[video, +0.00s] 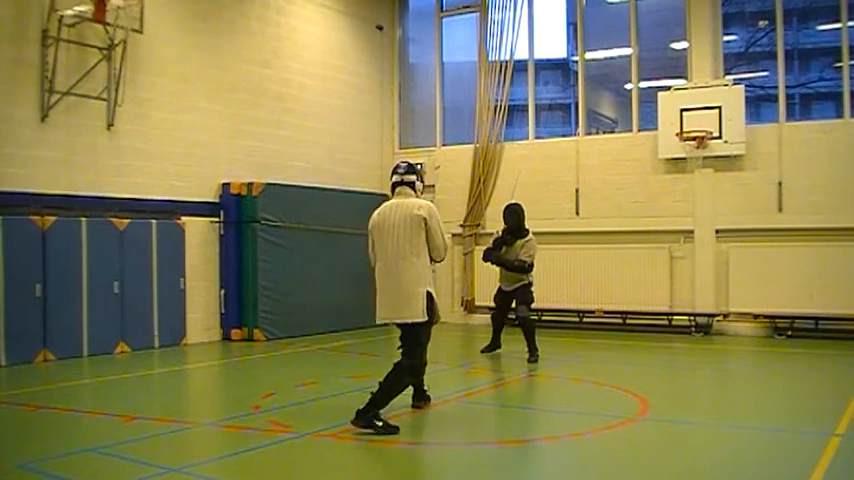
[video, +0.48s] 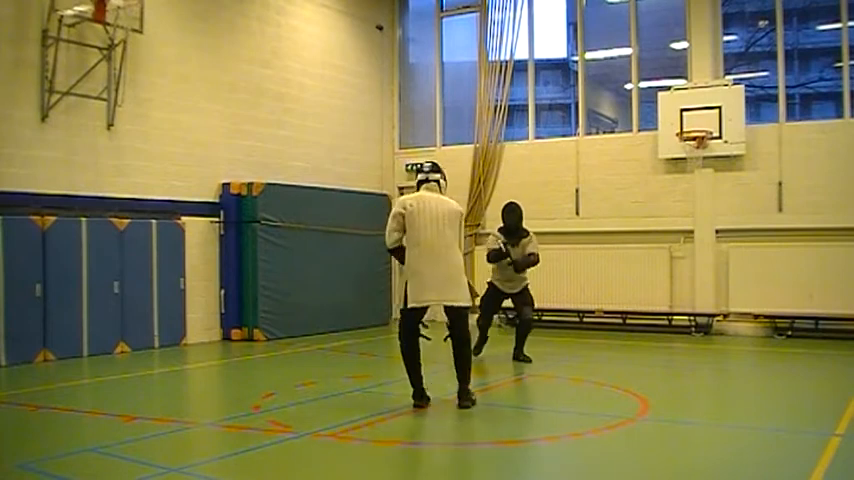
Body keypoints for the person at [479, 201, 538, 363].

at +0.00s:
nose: (507, 223)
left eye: (511, 219)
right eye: (505, 219)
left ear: (520, 219)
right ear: (504, 220)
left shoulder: (529, 241)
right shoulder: (501, 237)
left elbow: (526, 267)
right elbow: (487, 255)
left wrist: (500, 260)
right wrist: (502, 242)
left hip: (522, 285)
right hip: (505, 285)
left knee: (523, 316)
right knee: (497, 316)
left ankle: (532, 350)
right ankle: (495, 341)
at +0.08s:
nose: (505, 226)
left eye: (509, 222)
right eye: (503, 222)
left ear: (517, 222)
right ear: (501, 222)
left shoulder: (526, 244)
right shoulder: (498, 240)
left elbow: (523, 269)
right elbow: (483, 259)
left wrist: (497, 262)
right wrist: (497, 247)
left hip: (519, 286)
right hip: (501, 287)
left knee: (521, 316)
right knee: (495, 317)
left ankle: (531, 350)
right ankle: (495, 342)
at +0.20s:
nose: (507, 226)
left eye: (510, 223)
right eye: (504, 223)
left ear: (516, 223)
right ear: (500, 223)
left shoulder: (525, 245)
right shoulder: (493, 239)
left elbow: (522, 272)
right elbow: (479, 261)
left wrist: (498, 270)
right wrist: (497, 251)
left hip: (517, 286)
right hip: (498, 287)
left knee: (523, 315)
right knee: (493, 317)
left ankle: (521, 350)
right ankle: (495, 343)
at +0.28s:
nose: (508, 231)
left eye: (511, 228)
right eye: (505, 227)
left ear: (517, 224)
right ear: (501, 225)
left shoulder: (526, 243)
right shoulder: (493, 239)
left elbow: (527, 269)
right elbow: (479, 262)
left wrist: (507, 273)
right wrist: (492, 259)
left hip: (517, 286)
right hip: (497, 287)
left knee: (522, 315)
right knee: (493, 316)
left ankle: (518, 350)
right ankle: (494, 341)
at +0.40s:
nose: (510, 230)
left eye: (513, 227)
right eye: (507, 227)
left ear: (520, 222)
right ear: (503, 222)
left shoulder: (528, 239)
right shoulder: (496, 236)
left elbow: (534, 262)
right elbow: (487, 261)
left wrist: (521, 269)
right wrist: (499, 255)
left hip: (519, 287)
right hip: (498, 286)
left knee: (525, 318)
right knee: (484, 318)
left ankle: (518, 351)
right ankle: (487, 333)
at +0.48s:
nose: (511, 230)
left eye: (514, 226)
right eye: (508, 226)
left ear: (520, 221)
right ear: (503, 222)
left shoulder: (528, 237)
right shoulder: (496, 236)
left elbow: (535, 258)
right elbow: (490, 257)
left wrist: (522, 264)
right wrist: (504, 252)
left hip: (520, 287)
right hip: (497, 286)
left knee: (527, 319)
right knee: (483, 319)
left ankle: (518, 351)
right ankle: (482, 338)